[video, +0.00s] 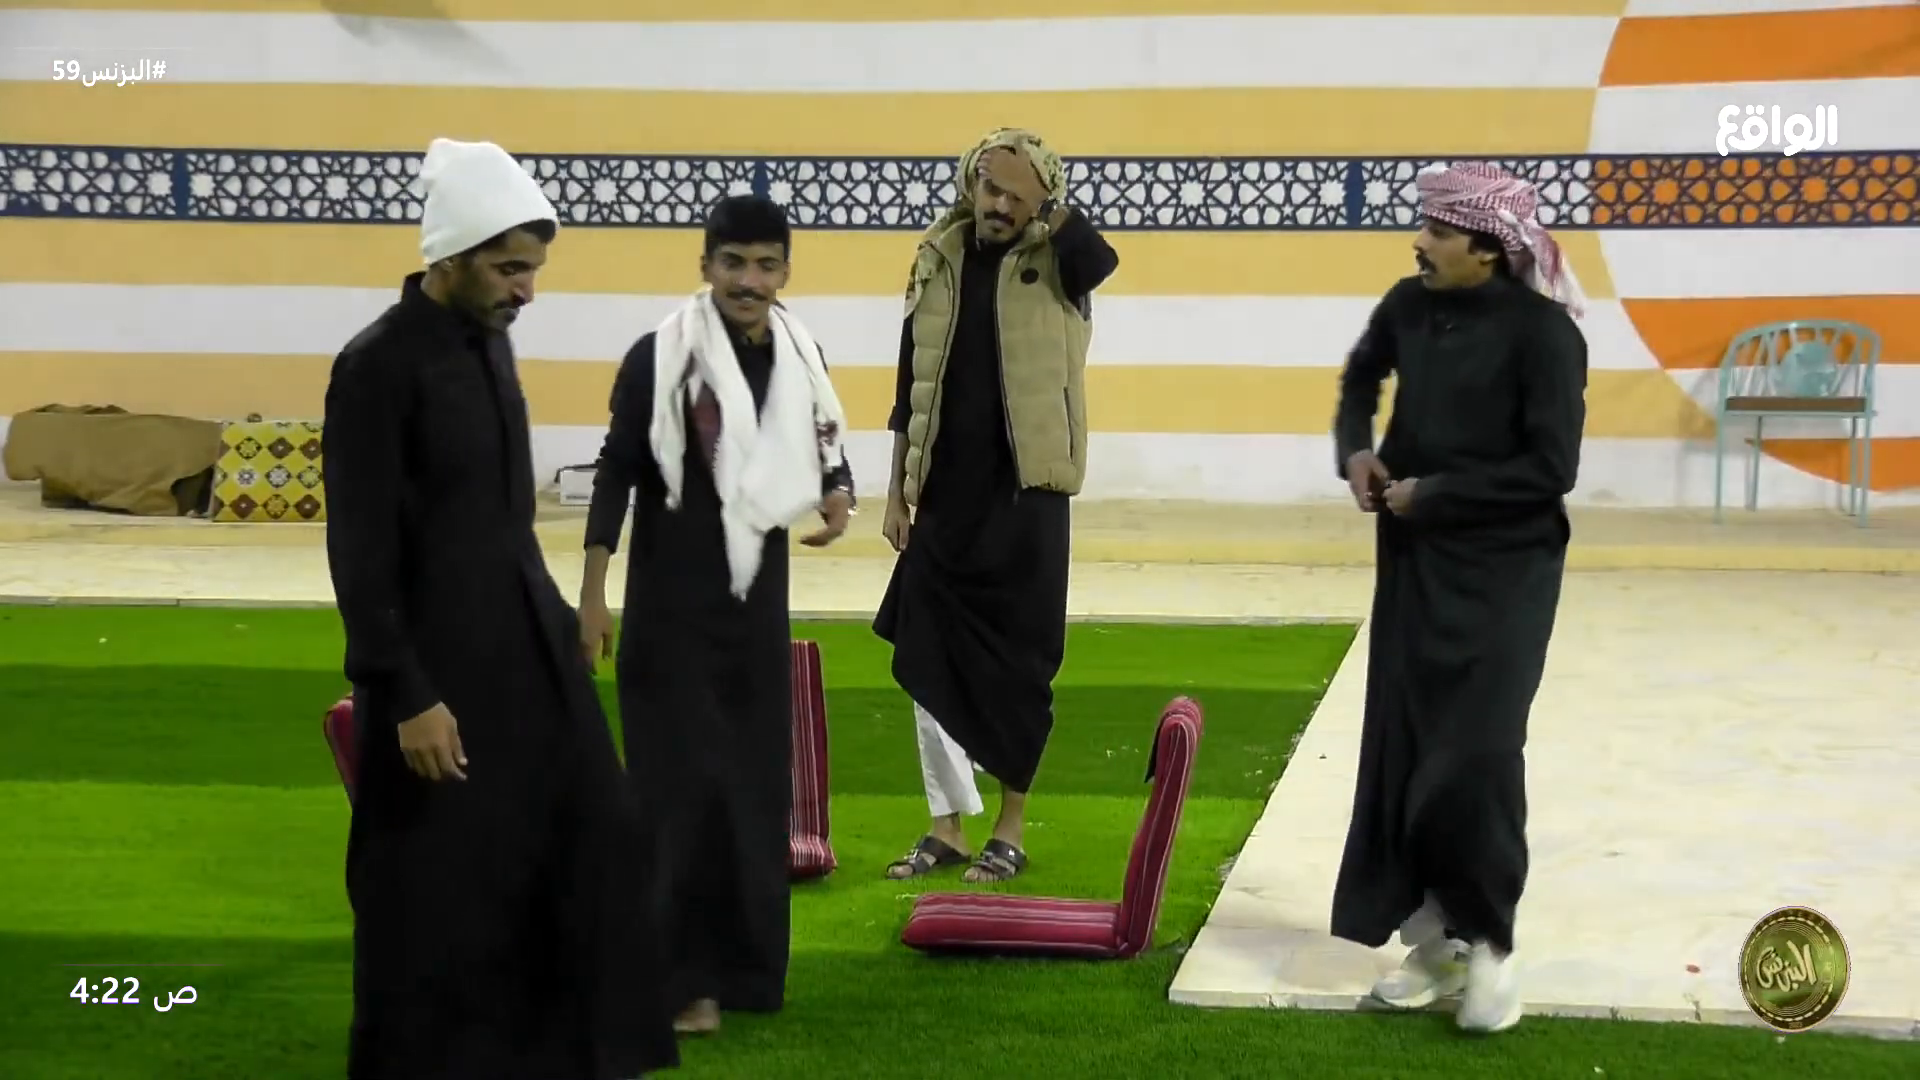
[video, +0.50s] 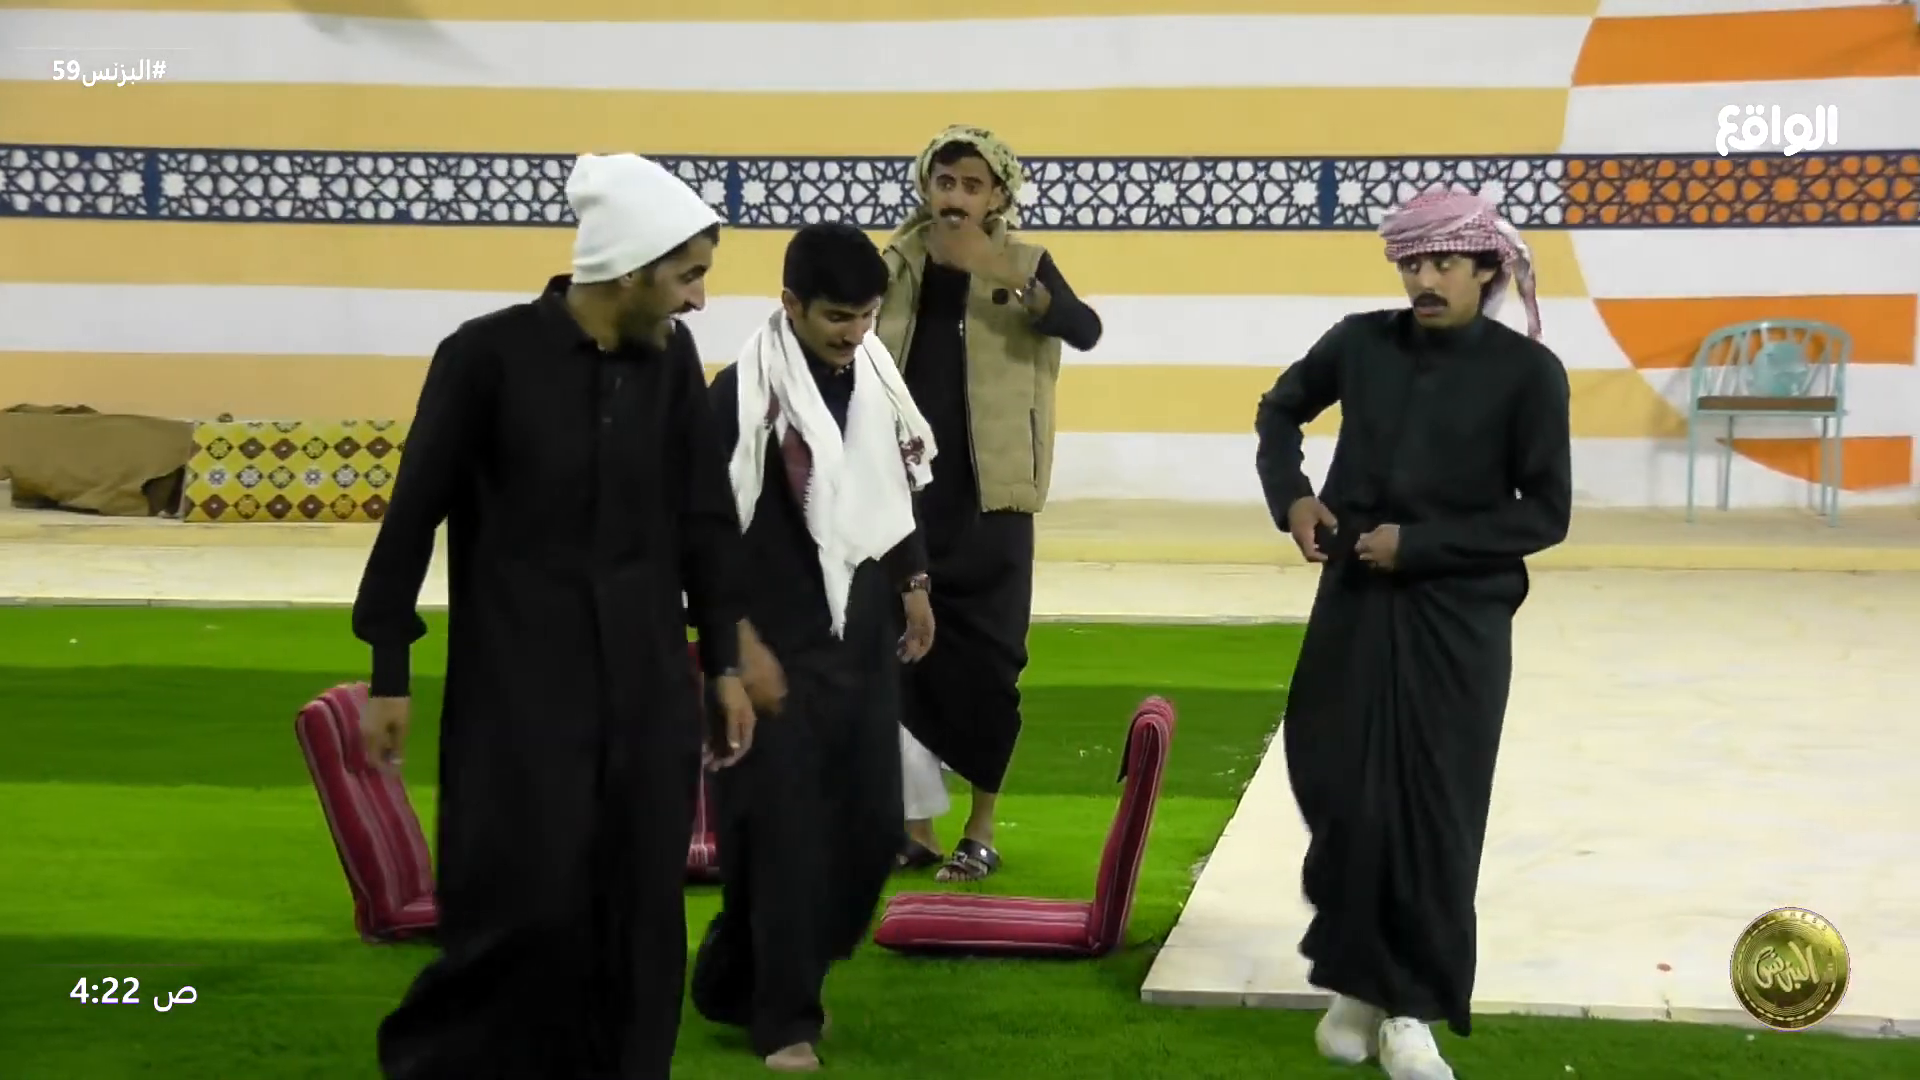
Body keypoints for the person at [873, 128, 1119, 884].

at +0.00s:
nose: (999, 209)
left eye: (1015, 200)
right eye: (991, 193)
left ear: (1044, 202)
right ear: (972, 186)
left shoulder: (1058, 257)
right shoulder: (938, 255)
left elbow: (1093, 264)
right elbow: (911, 376)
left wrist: (1054, 206)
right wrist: (896, 482)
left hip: (1027, 493)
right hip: (943, 489)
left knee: (1020, 658)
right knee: (927, 656)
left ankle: (1007, 833)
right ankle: (947, 830)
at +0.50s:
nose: (957, 195)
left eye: (973, 184)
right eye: (945, 181)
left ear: (1000, 195)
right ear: (924, 189)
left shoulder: (1029, 264)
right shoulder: (891, 263)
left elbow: (1086, 332)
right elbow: (845, 354)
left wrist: (1007, 270)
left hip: (994, 497)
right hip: (900, 491)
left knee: (991, 662)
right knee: (900, 658)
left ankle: (979, 829)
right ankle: (913, 825)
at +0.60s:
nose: (944, 195)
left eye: (962, 183)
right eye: (934, 179)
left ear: (992, 197)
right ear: (914, 189)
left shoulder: (1016, 266)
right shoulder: (884, 263)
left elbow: (1067, 322)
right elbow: (839, 349)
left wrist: (994, 248)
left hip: (984, 497)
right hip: (889, 489)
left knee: (980, 663)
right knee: (885, 652)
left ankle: (969, 828)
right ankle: (886, 820)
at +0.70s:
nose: (930, 202)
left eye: (946, 189)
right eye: (917, 187)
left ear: (976, 195)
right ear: (898, 192)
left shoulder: (1000, 261)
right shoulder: (880, 257)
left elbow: (1038, 298)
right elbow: (858, 291)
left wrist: (982, 215)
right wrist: (903, 221)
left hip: (976, 495)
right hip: (887, 492)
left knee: (969, 663)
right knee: (891, 653)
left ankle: (955, 814)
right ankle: (882, 816)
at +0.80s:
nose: (925, 203)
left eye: (940, 190)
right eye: (911, 186)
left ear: (968, 198)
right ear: (888, 191)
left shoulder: (990, 257)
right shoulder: (868, 250)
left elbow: (1028, 296)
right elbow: (849, 339)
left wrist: (973, 210)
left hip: (967, 485)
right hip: (878, 478)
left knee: (963, 651)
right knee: (884, 641)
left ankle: (945, 800)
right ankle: (876, 800)